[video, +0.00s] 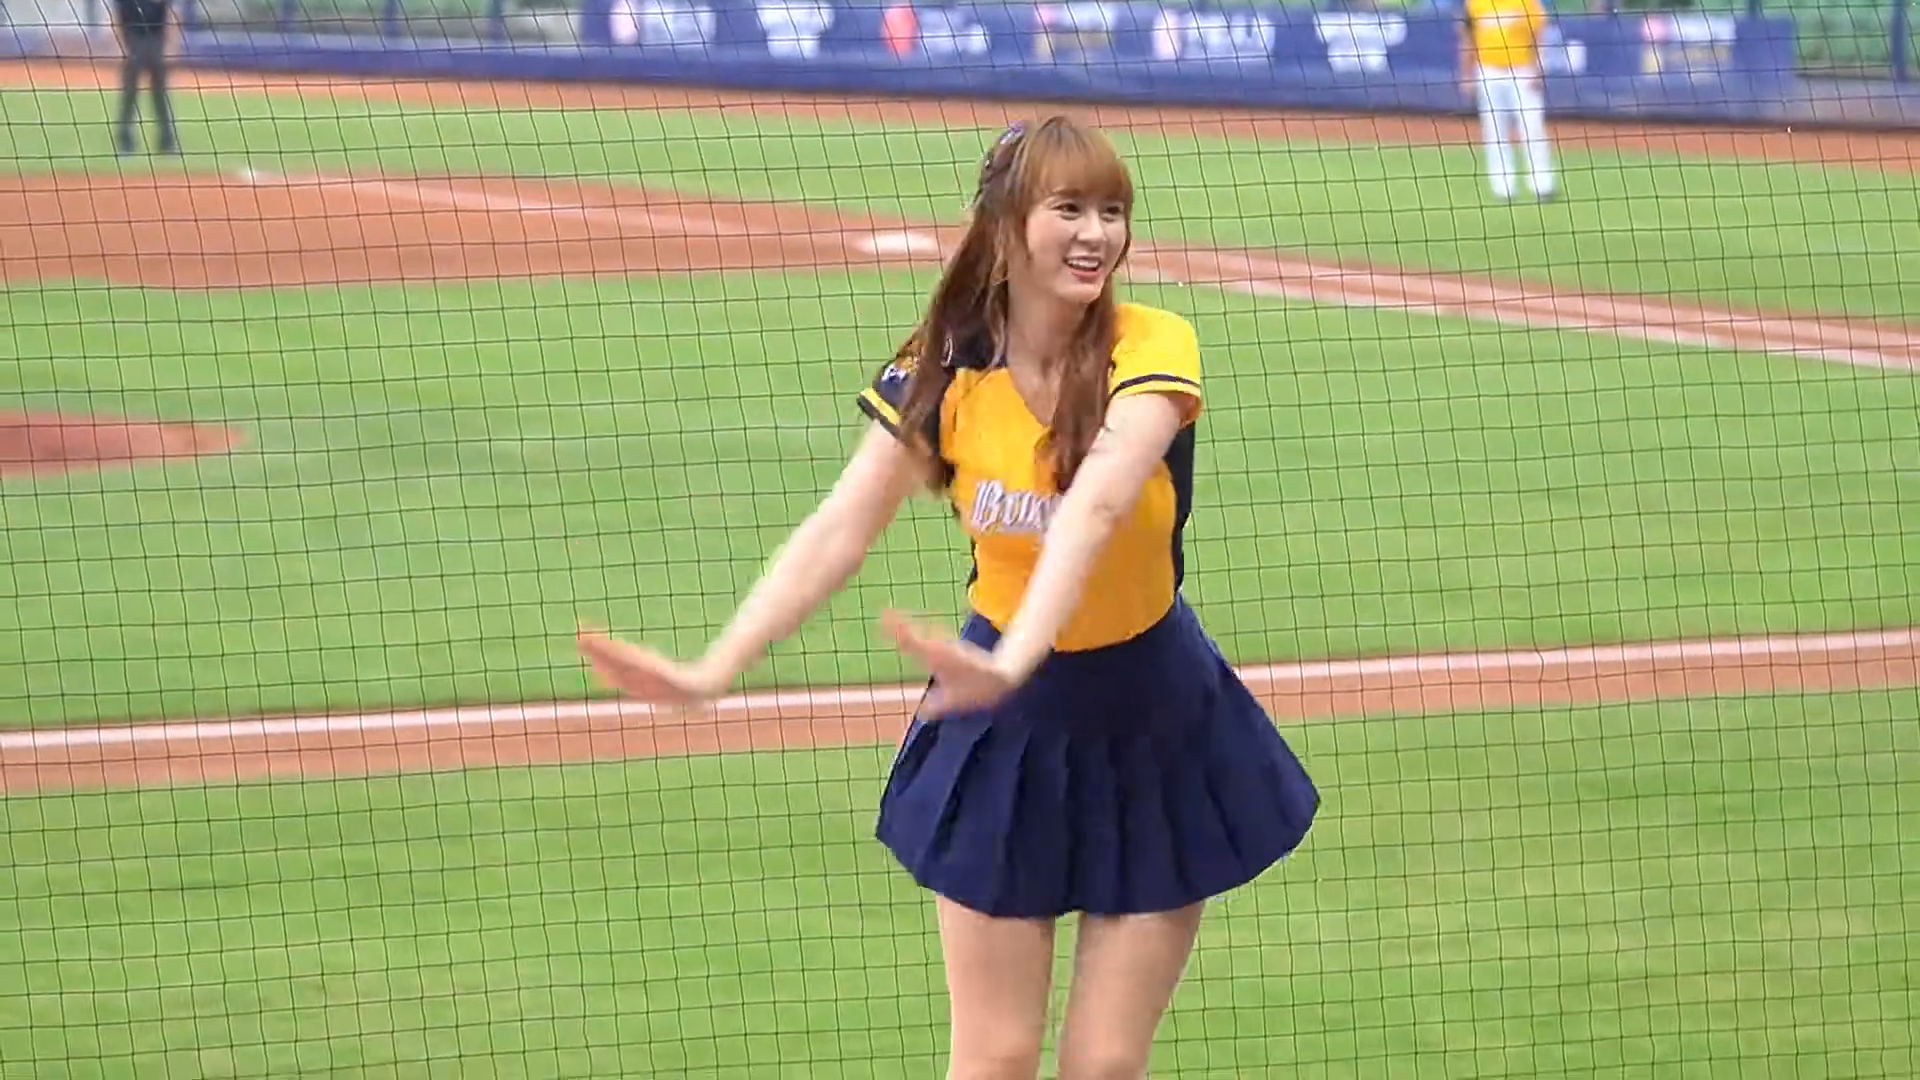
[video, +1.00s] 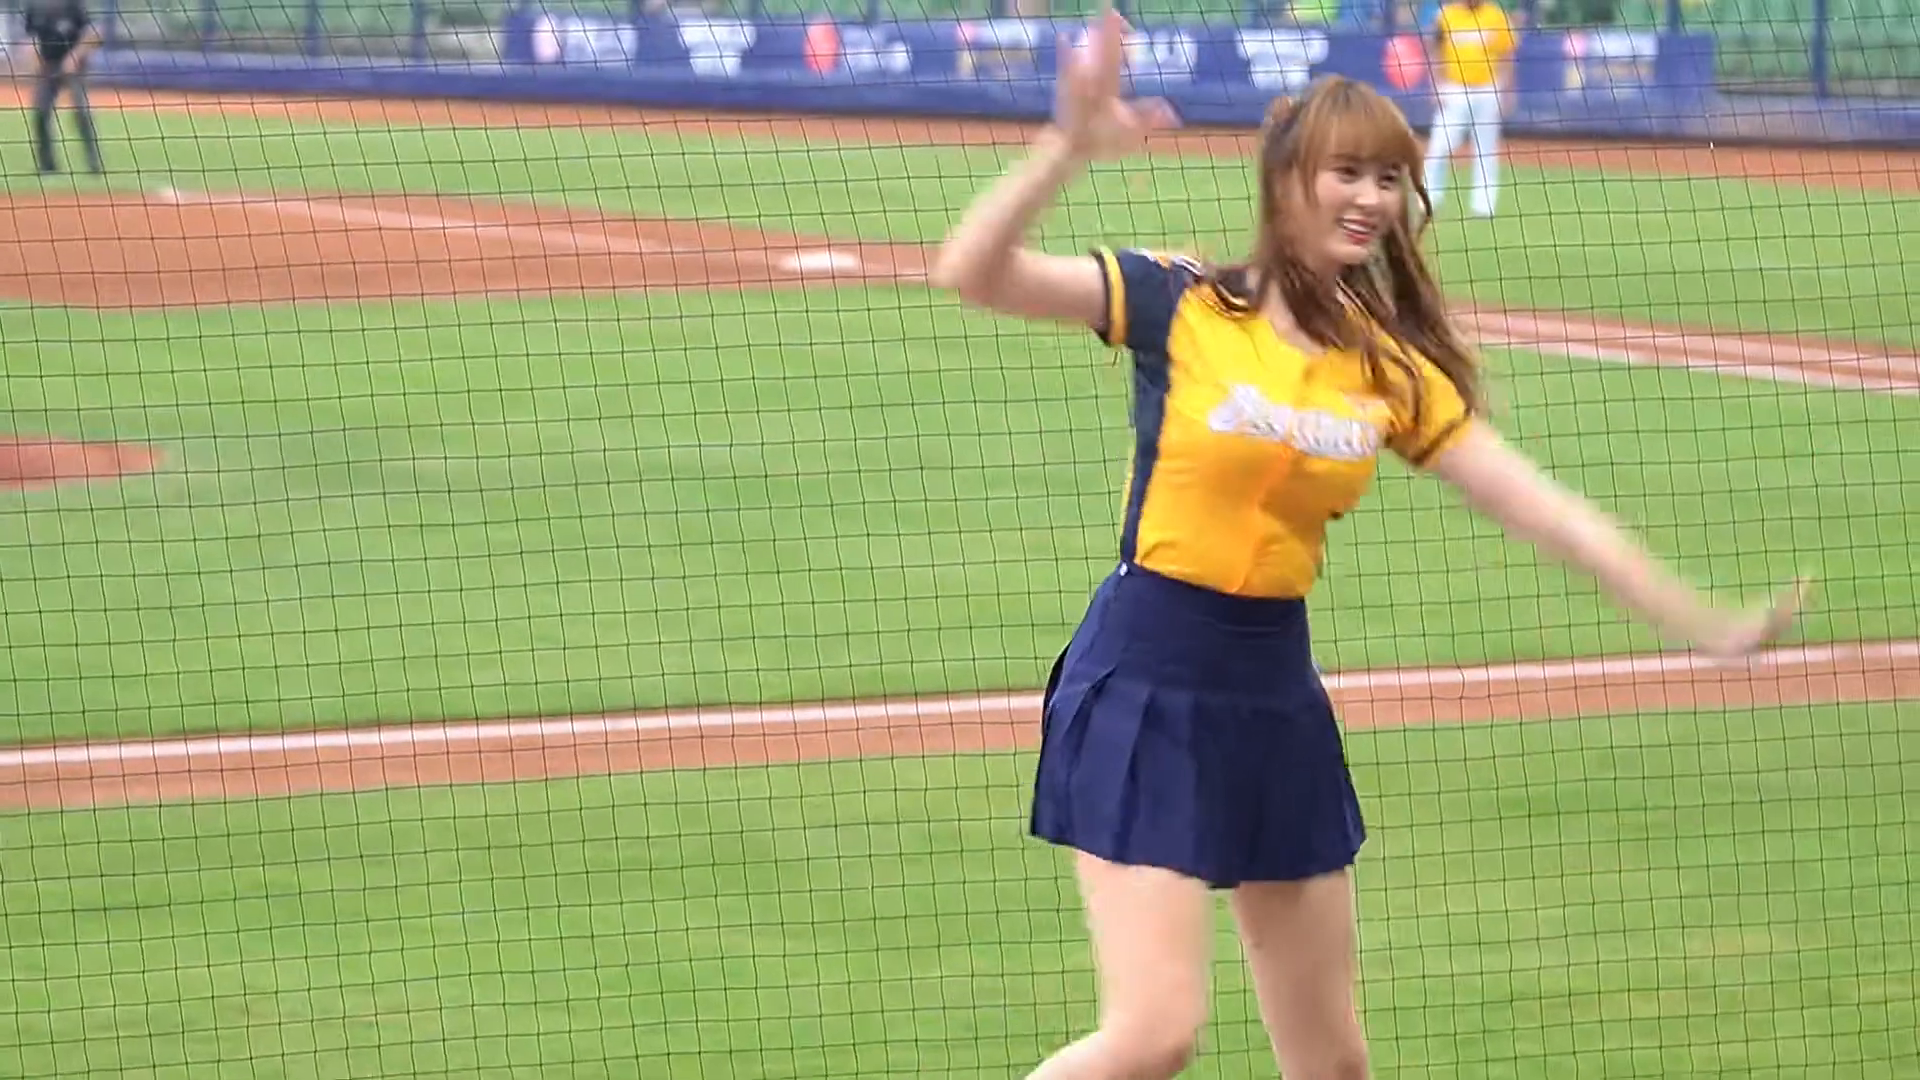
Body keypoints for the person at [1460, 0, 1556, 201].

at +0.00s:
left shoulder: (1527, 4)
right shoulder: (1472, 6)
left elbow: (1540, 31)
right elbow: (1466, 39)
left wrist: (1538, 67)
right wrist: (1467, 74)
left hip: (1523, 69)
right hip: (1488, 71)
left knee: (1533, 126)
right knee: (1494, 130)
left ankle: (1542, 182)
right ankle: (1503, 183)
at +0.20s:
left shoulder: (1529, 4)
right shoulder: (1476, 6)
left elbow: (1542, 35)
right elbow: (1469, 41)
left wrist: (1540, 70)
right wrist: (1469, 76)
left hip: (1525, 70)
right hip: (1491, 72)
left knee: (1537, 128)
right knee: (1496, 131)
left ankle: (1550, 185)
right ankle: (1504, 186)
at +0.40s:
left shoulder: (1525, 6)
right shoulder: (1477, 8)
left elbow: (1539, 38)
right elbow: (1464, 44)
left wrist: (1534, 71)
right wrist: (1464, 77)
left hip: (1518, 73)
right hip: (1484, 75)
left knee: (1530, 131)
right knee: (1487, 134)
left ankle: (1543, 186)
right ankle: (1490, 188)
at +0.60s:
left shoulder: (1520, 5)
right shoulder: (1467, 5)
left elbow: (1528, 39)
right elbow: (1452, 30)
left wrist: (1526, 71)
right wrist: (1455, 71)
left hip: (1510, 71)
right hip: (1476, 71)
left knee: (1518, 130)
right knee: (1474, 131)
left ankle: (1528, 185)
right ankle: (1473, 186)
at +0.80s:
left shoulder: (1499, 5)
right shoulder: (1448, 6)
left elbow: (1510, 38)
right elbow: (1442, 36)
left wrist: (1507, 74)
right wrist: (1439, 70)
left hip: (1491, 75)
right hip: (1457, 73)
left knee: (1493, 135)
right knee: (1447, 135)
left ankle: (1497, 190)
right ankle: (1441, 189)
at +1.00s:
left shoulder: (1496, 15)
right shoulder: (1446, 15)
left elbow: (1508, 58)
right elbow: (1433, 51)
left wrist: (1507, 92)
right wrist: (1437, 86)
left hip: (1488, 90)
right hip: (1453, 90)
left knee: (1486, 148)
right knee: (1440, 144)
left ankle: (1484, 202)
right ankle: (1427, 197)